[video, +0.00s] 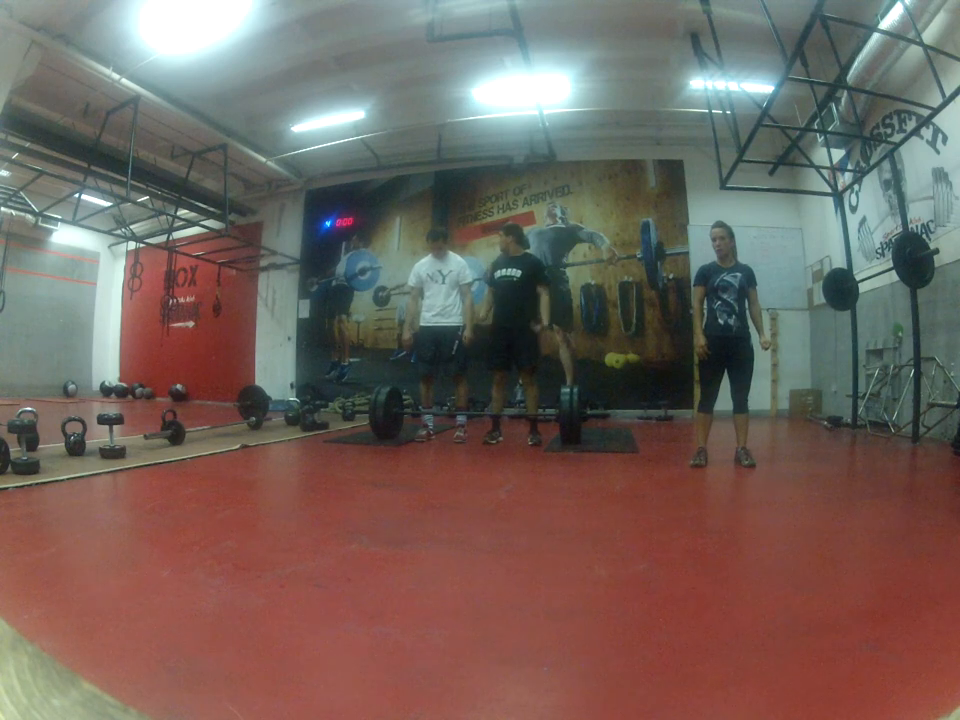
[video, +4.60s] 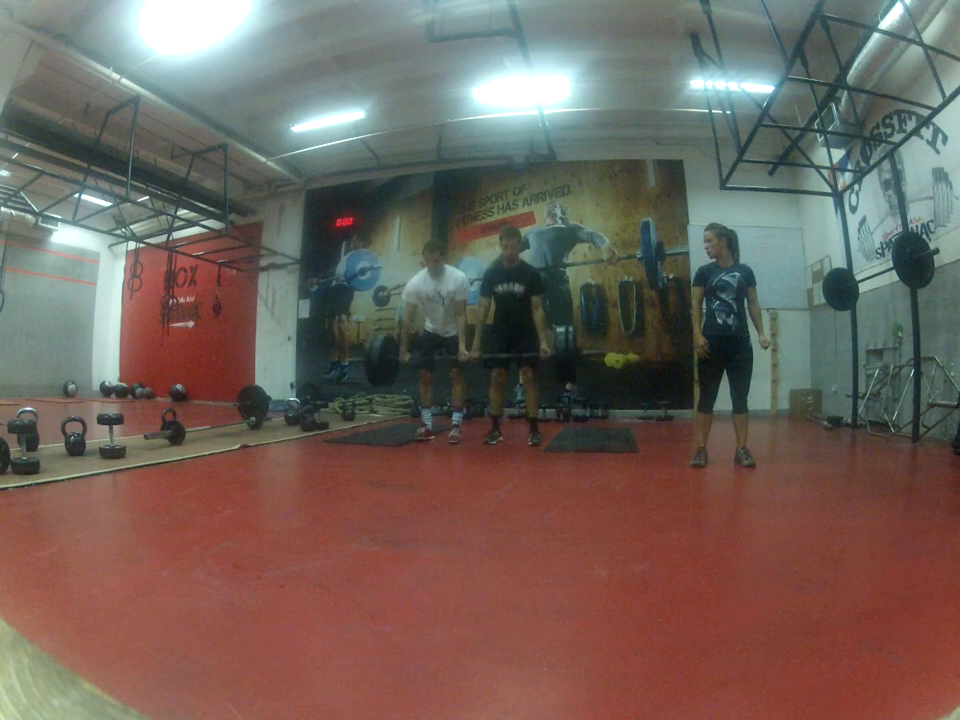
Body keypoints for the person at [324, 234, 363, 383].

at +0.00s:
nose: (352, 243)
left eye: (355, 240)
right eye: (352, 240)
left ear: (360, 242)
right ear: (352, 242)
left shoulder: (359, 256)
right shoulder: (347, 256)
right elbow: (336, 273)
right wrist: (319, 280)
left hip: (346, 288)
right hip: (335, 288)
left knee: (342, 324)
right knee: (334, 325)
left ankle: (345, 362)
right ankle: (335, 361)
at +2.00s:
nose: (353, 243)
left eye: (356, 241)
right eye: (353, 240)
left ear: (360, 242)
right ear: (353, 242)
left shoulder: (360, 256)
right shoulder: (348, 256)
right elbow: (336, 272)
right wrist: (319, 279)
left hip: (345, 288)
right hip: (335, 288)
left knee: (342, 325)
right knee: (333, 326)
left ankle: (345, 362)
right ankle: (335, 361)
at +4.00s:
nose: (353, 243)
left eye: (356, 240)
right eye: (353, 240)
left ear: (361, 242)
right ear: (353, 242)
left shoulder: (360, 256)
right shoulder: (348, 256)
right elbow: (336, 272)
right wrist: (318, 279)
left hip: (346, 289)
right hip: (335, 288)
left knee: (342, 325)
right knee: (334, 326)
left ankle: (345, 363)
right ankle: (336, 361)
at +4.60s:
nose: (354, 243)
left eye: (357, 241)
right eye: (354, 240)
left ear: (362, 243)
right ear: (352, 242)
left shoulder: (361, 257)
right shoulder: (347, 257)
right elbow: (336, 273)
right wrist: (319, 280)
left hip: (346, 289)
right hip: (335, 289)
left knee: (343, 326)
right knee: (333, 326)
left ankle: (345, 364)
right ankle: (335, 362)